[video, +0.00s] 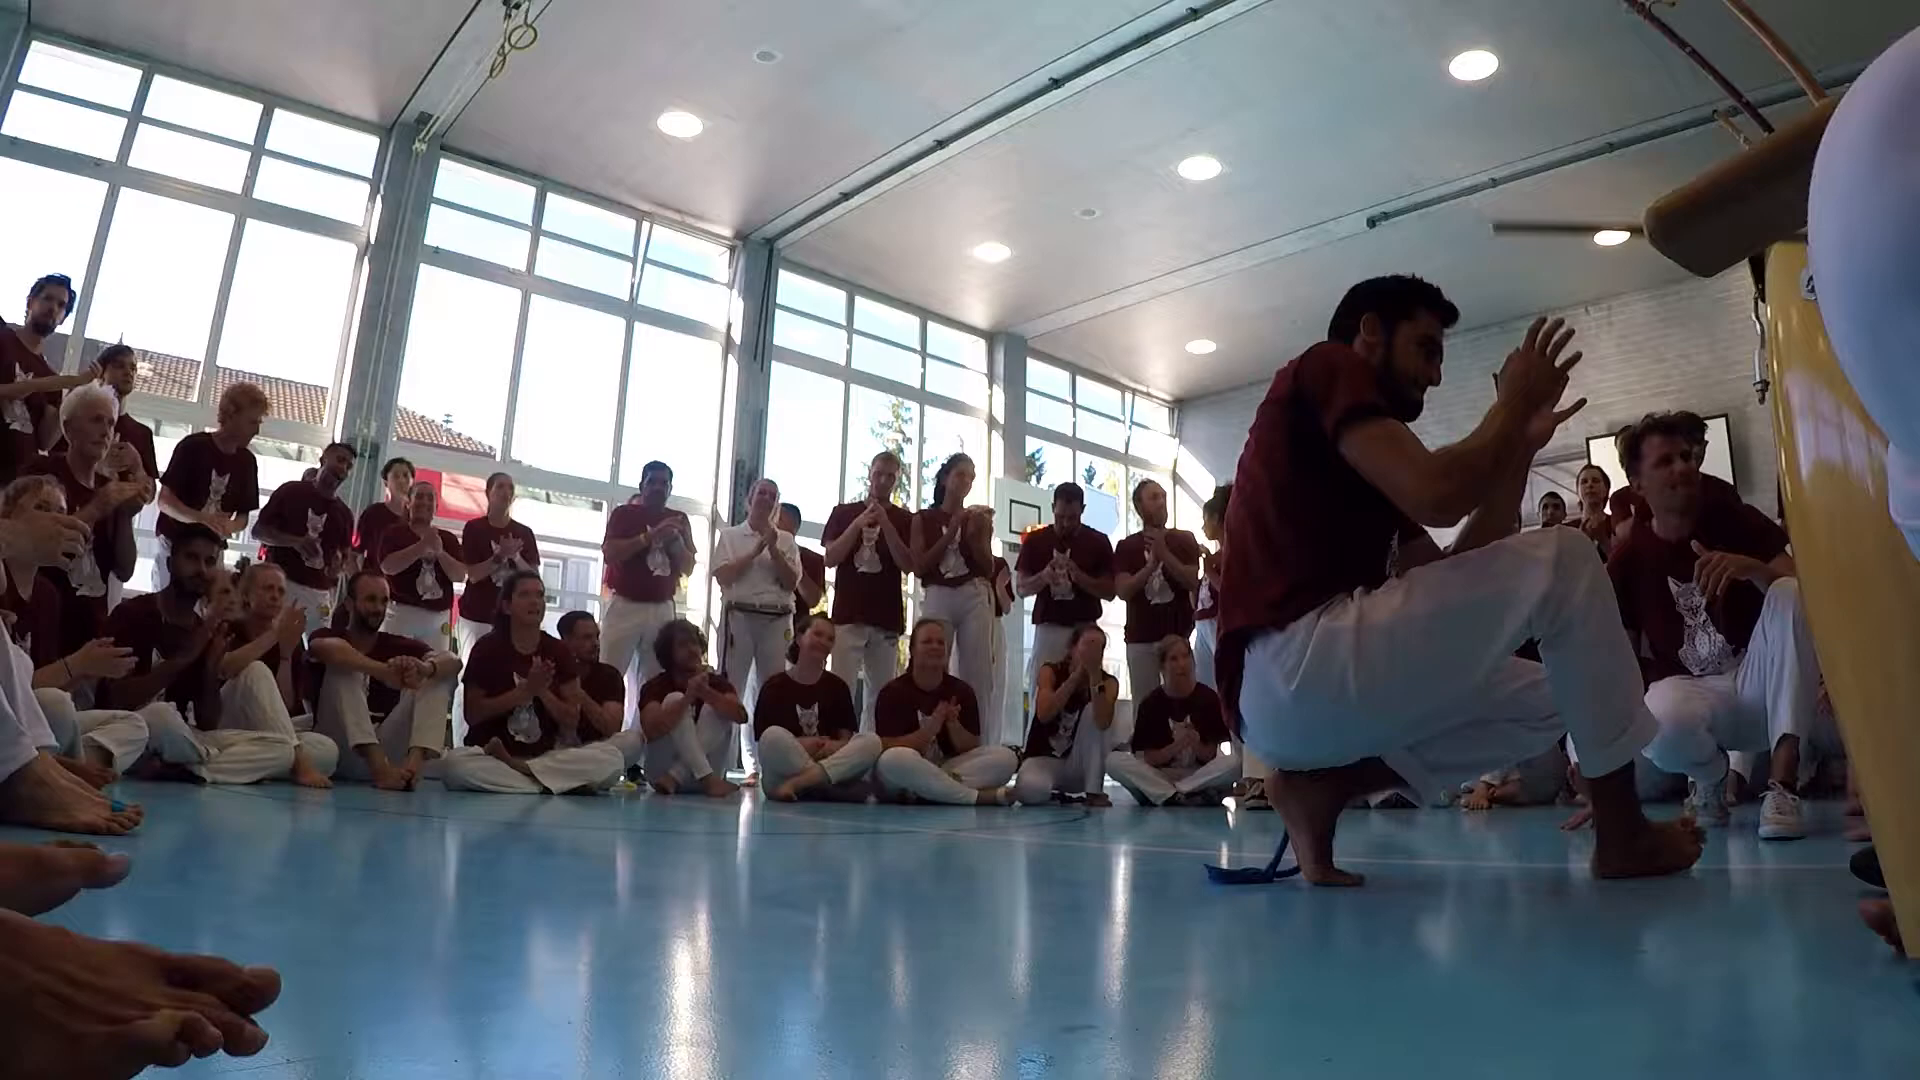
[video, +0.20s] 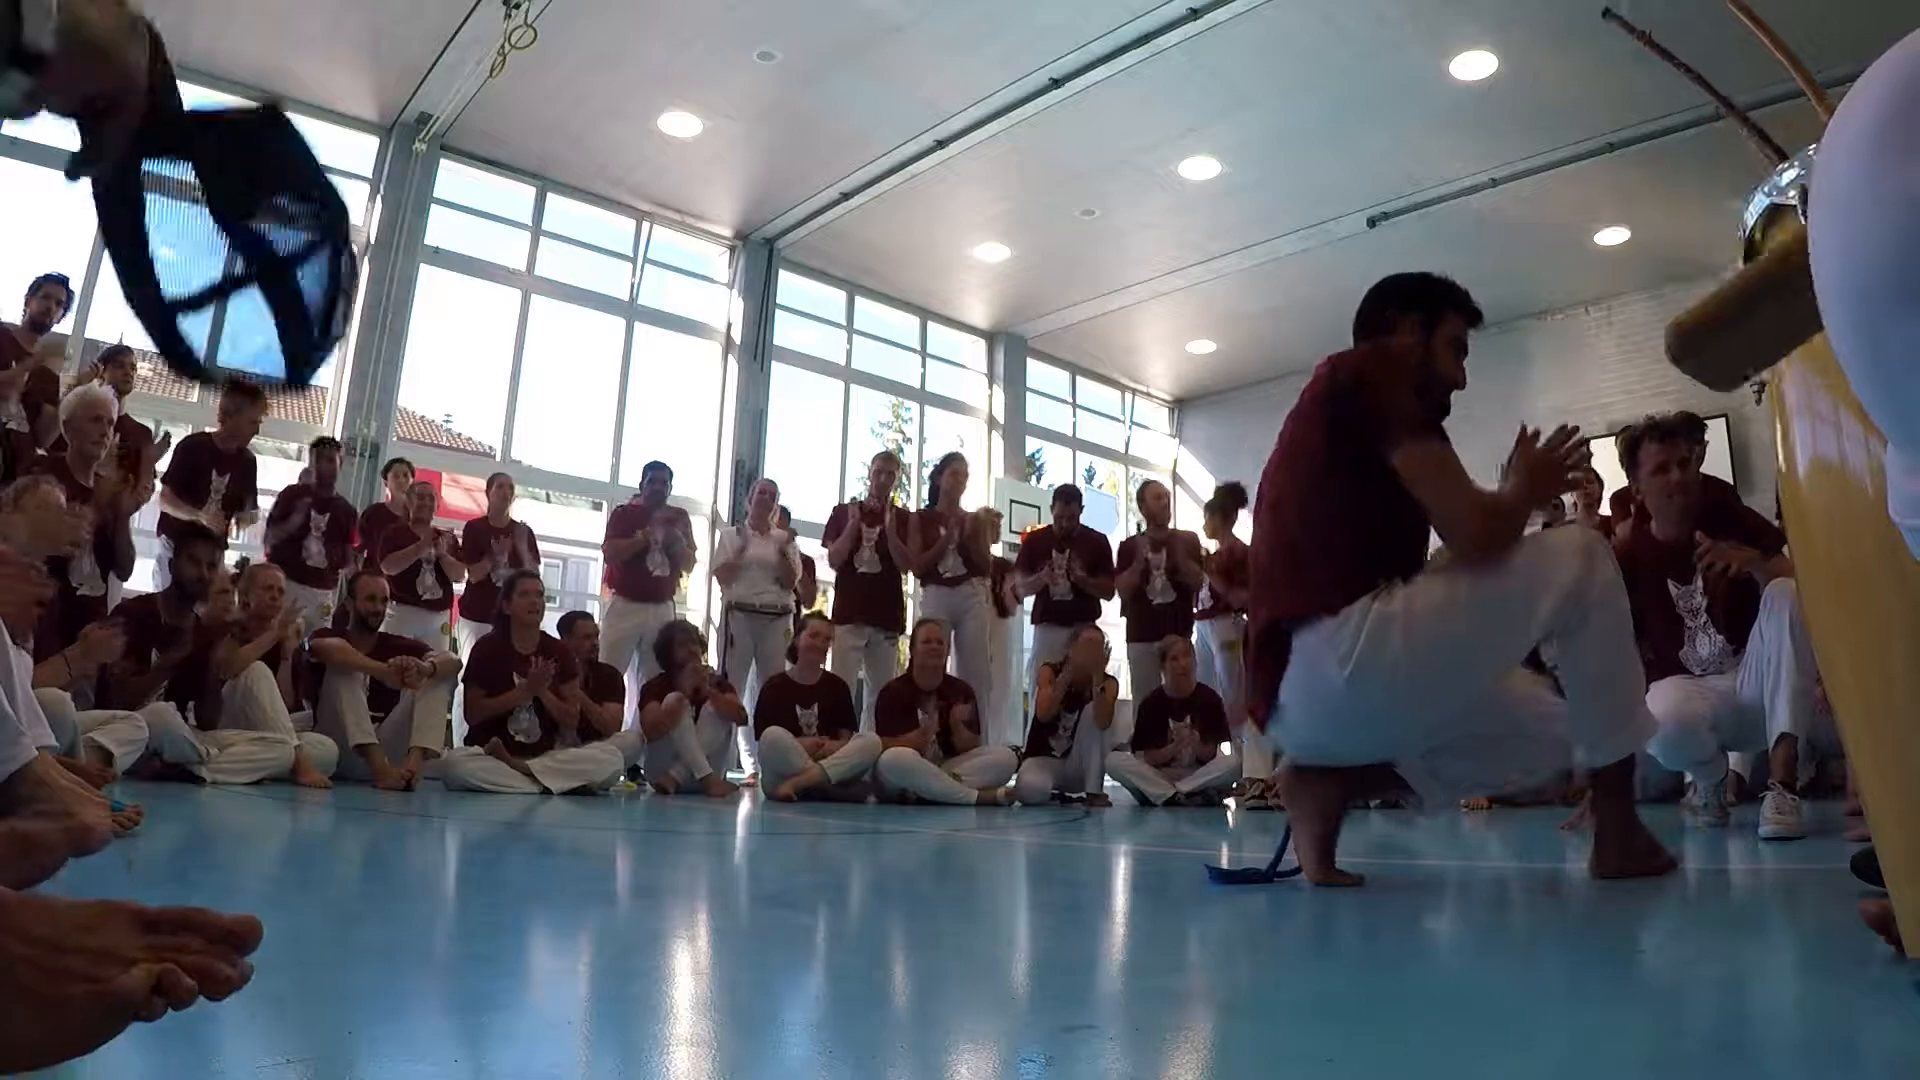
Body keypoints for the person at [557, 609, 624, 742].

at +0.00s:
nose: (596, 643)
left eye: (597, 636)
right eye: (587, 637)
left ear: (600, 636)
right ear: (566, 641)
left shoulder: (609, 675)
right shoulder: (549, 674)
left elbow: (611, 728)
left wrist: (577, 693)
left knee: (633, 739)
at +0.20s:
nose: (595, 643)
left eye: (596, 637)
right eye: (587, 637)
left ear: (600, 636)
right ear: (566, 641)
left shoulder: (610, 675)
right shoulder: (549, 674)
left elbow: (611, 727)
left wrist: (575, 693)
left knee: (632, 739)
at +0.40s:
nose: (595, 643)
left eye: (597, 637)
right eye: (587, 638)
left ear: (600, 637)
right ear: (565, 641)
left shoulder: (609, 675)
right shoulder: (549, 674)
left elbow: (611, 727)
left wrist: (578, 691)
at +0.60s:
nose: (594, 643)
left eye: (595, 636)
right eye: (585, 637)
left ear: (598, 635)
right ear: (565, 641)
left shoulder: (609, 675)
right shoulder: (548, 674)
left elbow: (611, 727)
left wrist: (580, 690)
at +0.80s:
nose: (593, 643)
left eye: (595, 636)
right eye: (584, 637)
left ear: (598, 636)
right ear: (564, 641)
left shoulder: (609, 675)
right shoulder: (549, 675)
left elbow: (610, 726)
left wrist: (581, 690)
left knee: (632, 741)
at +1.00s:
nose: (593, 643)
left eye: (595, 635)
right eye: (585, 637)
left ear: (598, 635)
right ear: (564, 640)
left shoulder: (609, 675)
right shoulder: (548, 673)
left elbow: (610, 727)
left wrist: (572, 699)